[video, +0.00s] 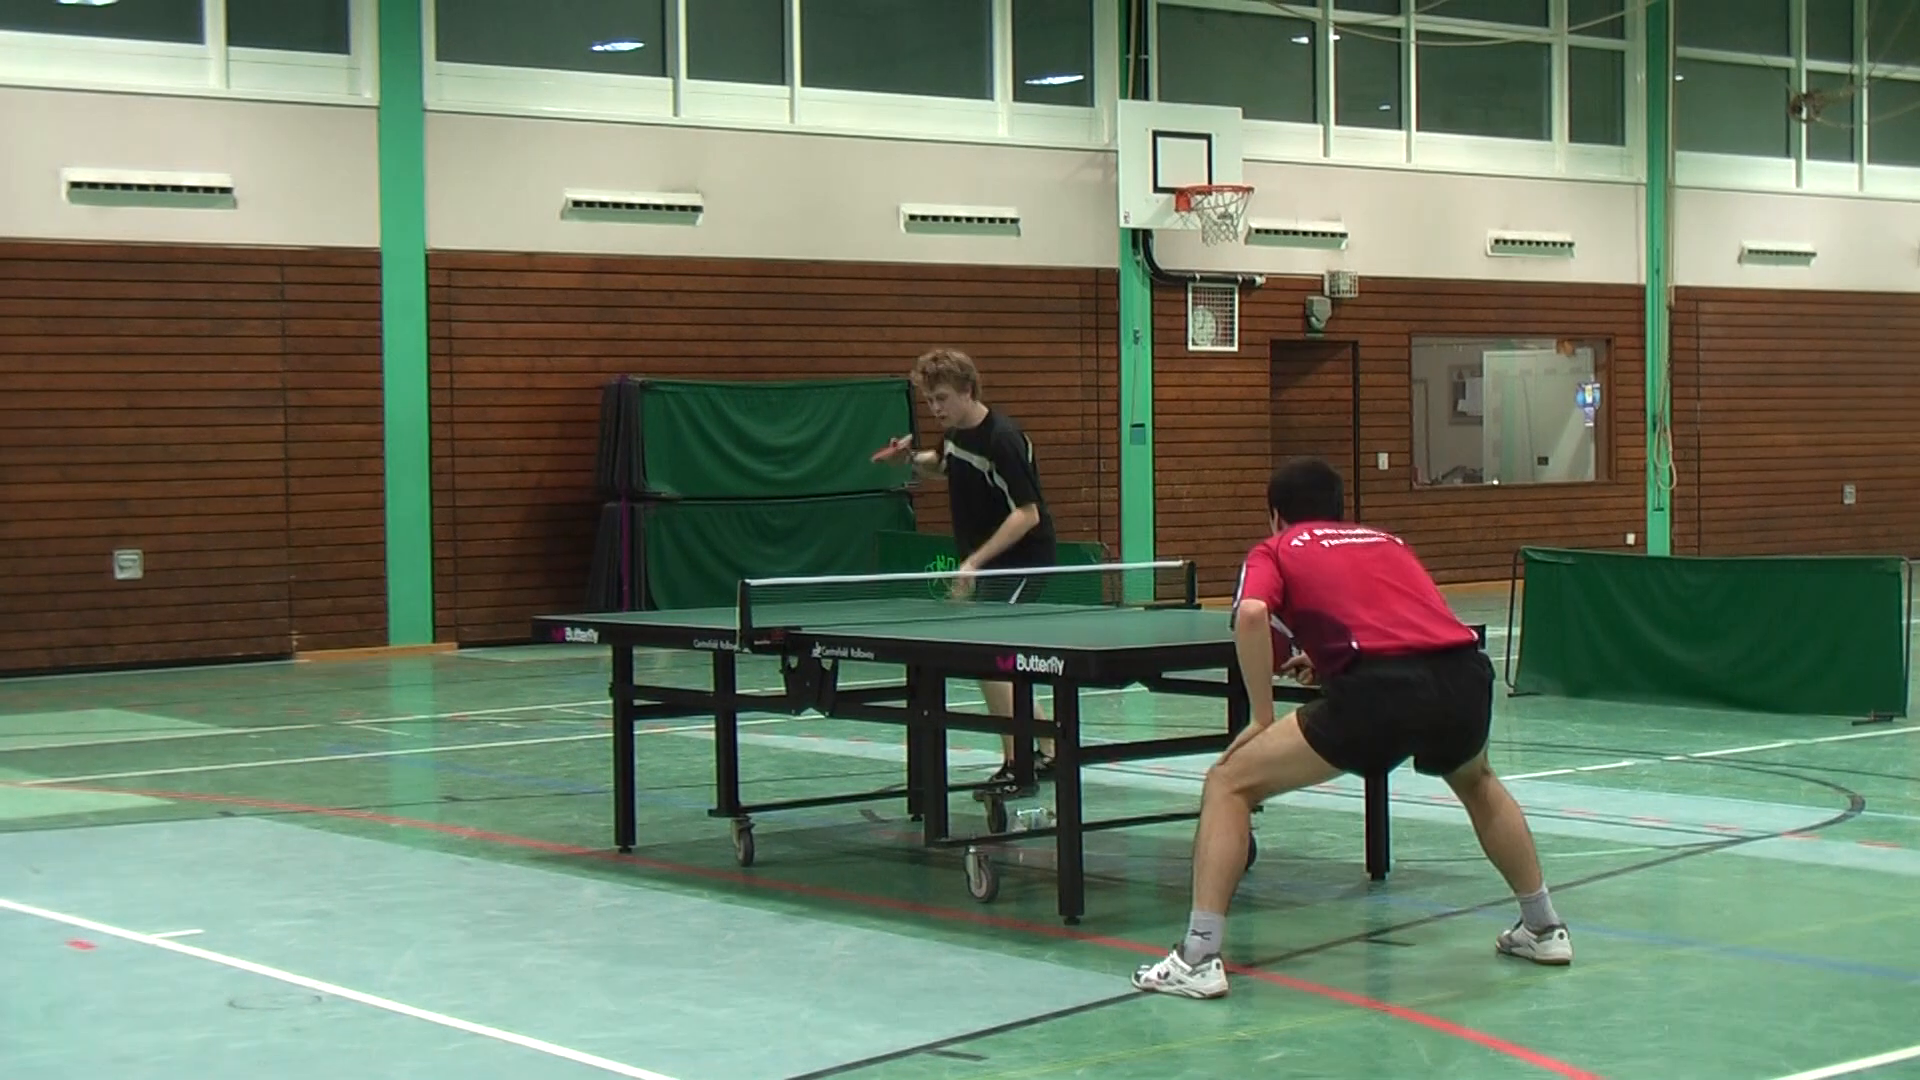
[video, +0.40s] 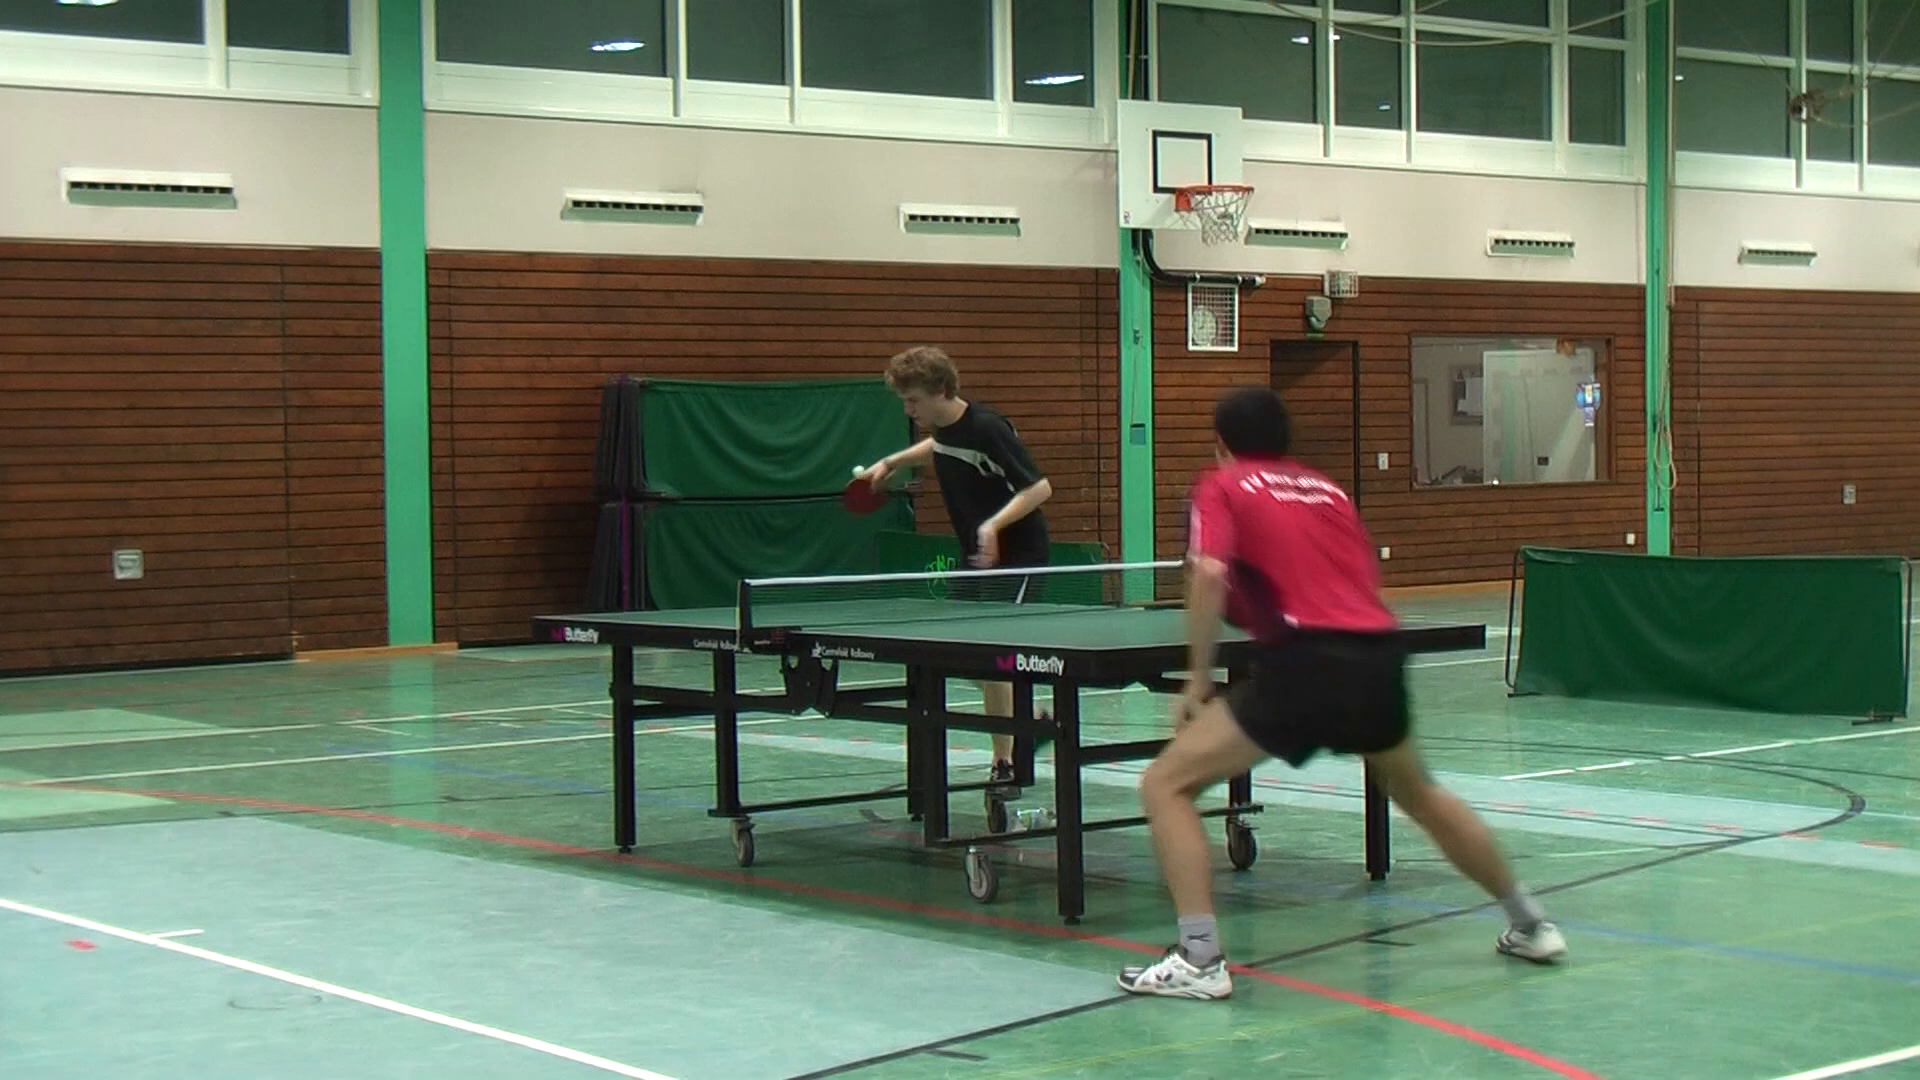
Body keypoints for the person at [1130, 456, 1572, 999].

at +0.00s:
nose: (1270, 528)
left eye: (1271, 518)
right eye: (1273, 518)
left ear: (1278, 518)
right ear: (1339, 511)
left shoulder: (1273, 548)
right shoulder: (1385, 539)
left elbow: (1251, 612)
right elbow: (1418, 613)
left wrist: (1262, 714)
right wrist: (1326, 658)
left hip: (1379, 689)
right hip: (1464, 680)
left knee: (1229, 781)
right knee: (1478, 781)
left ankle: (1199, 957)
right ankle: (1545, 925)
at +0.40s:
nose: (1215, 449)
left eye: (1216, 441)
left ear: (1224, 443)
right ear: (1283, 439)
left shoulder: (1221, 485)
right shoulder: (1325, 486)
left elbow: (1208, 572)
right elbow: (1368, 580)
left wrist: (1198, 677)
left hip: (1304, 665)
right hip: (1378, 661)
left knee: (1163, 785)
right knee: (1420, 794)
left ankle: (1199, 958)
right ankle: (1531, 924)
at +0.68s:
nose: (1167, 376)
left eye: (1168, 367)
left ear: (1171, 371)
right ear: (1236, 374)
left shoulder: (1136, 431)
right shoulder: (1275, 444)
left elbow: (1066, 523)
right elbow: (1314, 558)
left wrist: (1044, 601)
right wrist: (1261, 566)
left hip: (1138, 630)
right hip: (1228, 642)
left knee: (1061, 768)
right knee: (1229, 792)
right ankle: (1193, 945)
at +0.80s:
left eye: (1153, 389)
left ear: (1154, 393)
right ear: (1218, 399)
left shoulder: (1106, 449)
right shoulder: (1239, 472)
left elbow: (1030, 536)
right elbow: (1277, 588)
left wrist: (1027, 605)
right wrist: (1304, 595)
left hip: (1091, 658)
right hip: (1183, 666)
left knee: (1007, 796)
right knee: (1235, 777)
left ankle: (955, 952)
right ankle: (1215, 924)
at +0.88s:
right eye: (1219, 413)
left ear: (1155, 406)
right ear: (1218, 416)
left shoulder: (1101, 460)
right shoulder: (1226, 483)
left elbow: (1035, 562)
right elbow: (1257, 591)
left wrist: (1068, 611)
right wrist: (1326, 614)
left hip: (1080, 668)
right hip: (1171, 670)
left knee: (1003, 802)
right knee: (1240, 762)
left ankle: (955, 952)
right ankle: (1255, 919)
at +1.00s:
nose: (1215, 447)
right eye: (1219, 437)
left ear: (1155, 423)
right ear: (1216, 435)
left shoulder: (1095, 475)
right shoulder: (1213, 492)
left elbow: (1046, 583)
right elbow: (1228, 601)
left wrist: (1122, 579)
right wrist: (1297, 627)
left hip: (1071, 681)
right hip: (1160, 681)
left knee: (996, 806)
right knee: (1249, 769)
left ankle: (930, 932)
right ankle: (1283, 936)